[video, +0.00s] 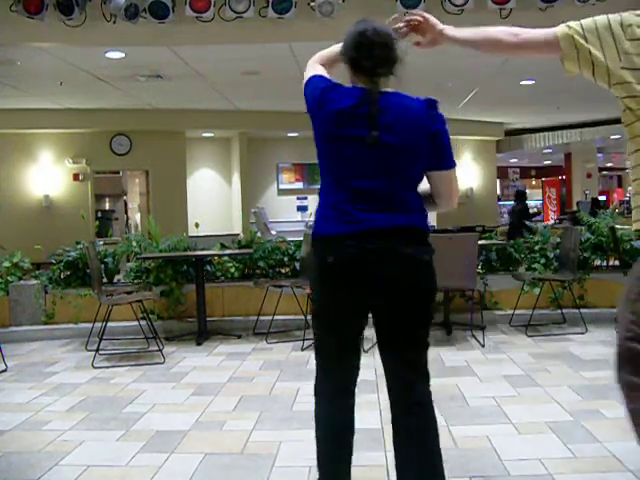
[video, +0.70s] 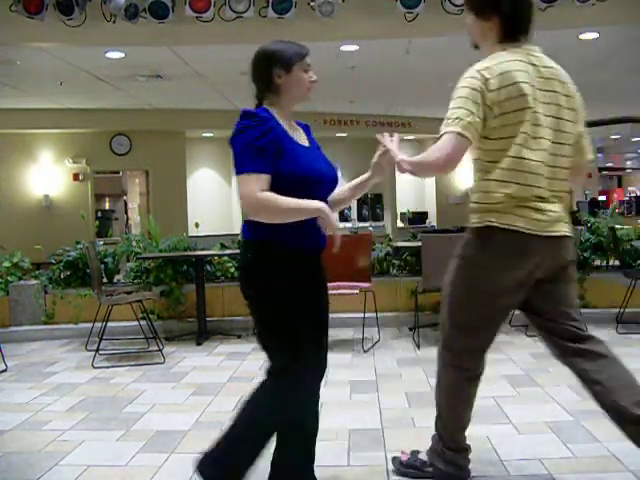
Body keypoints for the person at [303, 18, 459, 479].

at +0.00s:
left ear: (348, 66)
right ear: (395, 65)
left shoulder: (329, 106)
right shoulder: (423, 114)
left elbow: (317, 63)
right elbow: (446, 200)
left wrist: (365, 42)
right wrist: (412, 194)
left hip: (339, 257)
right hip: (405, 256)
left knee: (334, 383)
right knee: (410, 382)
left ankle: (333, 476)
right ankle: (423, 477)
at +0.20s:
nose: (374, 69)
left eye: (373, 63)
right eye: (373, 62)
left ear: (325, 66)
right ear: (368, 66)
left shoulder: (304, 108)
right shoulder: (383, 111)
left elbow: (354, 93)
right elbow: (420, 191)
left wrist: (399, 73)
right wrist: (402, 195)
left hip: (312, 252)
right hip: (374, 253)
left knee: (323, 375)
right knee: (388, 375)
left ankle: (310, 476)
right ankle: (401, 475)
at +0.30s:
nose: (361, 81)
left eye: (359, 73)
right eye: (358, 73)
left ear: (314, 76)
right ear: (348, 76)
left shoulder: (296, 125)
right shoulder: (353, 124)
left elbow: (347, 142)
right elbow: (393, 202)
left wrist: (395, 106)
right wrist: (400, 210)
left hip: (301, 259)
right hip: (349, 261)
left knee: (326, 377)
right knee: (379, 385)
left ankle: (299, 476)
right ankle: (392, 475)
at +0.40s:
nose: (354, 85)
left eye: (352, 76)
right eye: (347, 77)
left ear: (320, 83)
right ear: (325, 82)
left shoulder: (303, 127)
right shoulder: (317, 130)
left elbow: (349, 178)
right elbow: (348, 209)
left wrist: (399, 137)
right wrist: (386, 207)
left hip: (301, 267)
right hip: (324, 269)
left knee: (327, 382)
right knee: (358, 385)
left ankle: (299, 476)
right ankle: (371, 476)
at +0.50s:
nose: (341, 82)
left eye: (338, 74)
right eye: (332, 74)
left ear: (309, 81)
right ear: (306, 80)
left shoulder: (312, 129)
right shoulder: (294, 131)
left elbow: (345, 189)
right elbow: (309, 208)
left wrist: (398, 160)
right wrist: (362, 211)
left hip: (312, 266)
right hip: (300, 268)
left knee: (323, 379)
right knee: (338, 386)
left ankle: (293, 475)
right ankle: (332, 475)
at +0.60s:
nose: (327, 76)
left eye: (325, 69)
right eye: (319, 69)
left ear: (298, 76)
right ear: (293, 75)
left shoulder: (310, 128)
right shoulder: (274, 126)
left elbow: (338, 197)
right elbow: (278, 203)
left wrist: (386, 173)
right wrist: (338, 208)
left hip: (308, 260)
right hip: (286, 262)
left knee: (315, 371)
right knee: (318, 372)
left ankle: (291, 472)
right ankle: (285, 474)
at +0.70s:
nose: (313, 76)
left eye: (311, 69)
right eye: (305, 70)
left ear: (289, 77)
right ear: (279, 76)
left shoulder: (302, 130)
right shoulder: (255, 126)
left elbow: (325, 201)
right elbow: (253, 202)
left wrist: (371, 176)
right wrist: (317, 208)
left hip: (305, 257)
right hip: (270, 258)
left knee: (309, 372)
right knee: (291, 371)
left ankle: (293, 475)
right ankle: (217, 470)